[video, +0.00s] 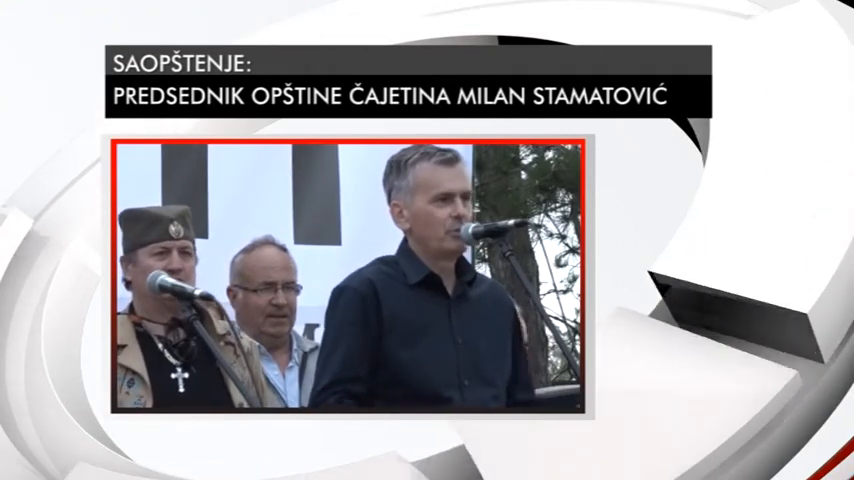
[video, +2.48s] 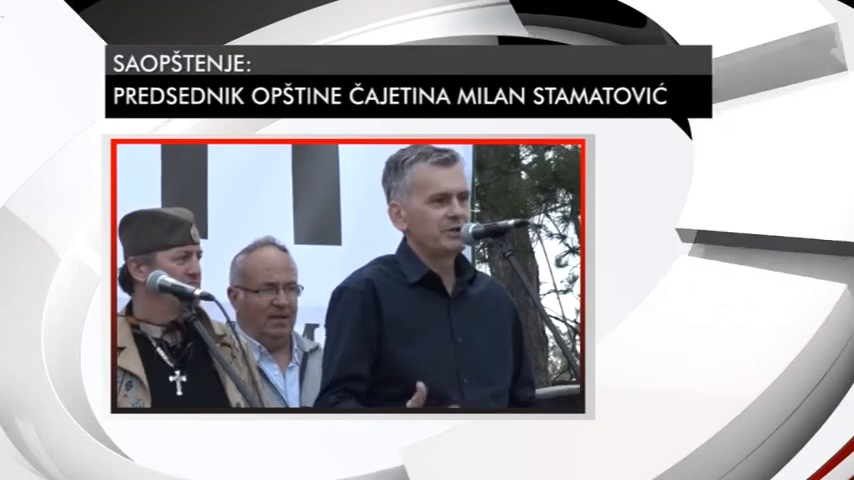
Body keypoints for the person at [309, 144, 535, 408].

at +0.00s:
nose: (461, 212)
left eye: (465, 199)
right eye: (443, 200)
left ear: (472, 204)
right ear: (400, 213)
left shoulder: (496, 302)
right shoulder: (362, 296)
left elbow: (522, 408)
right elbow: (330, 405)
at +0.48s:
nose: (461, 213)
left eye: (465, 200)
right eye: (443, 202)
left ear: (472, 205)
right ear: (400, 214)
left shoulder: (498, 302)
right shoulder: (366, 291)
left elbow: (528, 401)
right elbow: (343, 400)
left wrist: (591, 395)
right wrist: (409, 384)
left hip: (489, 464)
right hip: (396, 463)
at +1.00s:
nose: (461, 214)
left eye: (466, 200)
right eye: (443, 202)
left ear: (473, 203)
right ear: (400, 215)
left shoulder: (494, 302)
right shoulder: (360, 298)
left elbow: (511, 411)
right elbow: (335, 415)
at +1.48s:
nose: (458, 212)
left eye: (464, 200)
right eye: (440, 201)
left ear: (470, 205)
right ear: (399, 215)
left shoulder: (495, 300)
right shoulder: (361, 295)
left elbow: (517, 406)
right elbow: (329, 406)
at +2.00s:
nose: (456, 211)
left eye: (461, 198)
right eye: (438, 200)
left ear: (468, 201)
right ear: (398, 216)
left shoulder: (496, 301)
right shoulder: (361, 294)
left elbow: (516, 404)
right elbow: (325, 403)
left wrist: (554, 405)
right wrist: (426, 421)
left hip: (491, 466)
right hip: (399, 468)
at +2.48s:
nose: (457, 212)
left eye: (462, 199)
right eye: (439, 200)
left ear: (470, 202)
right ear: (398, 215)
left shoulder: (497, 300)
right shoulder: (362, 295)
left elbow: (522, 406)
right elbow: (333, 403)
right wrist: (397, 422)